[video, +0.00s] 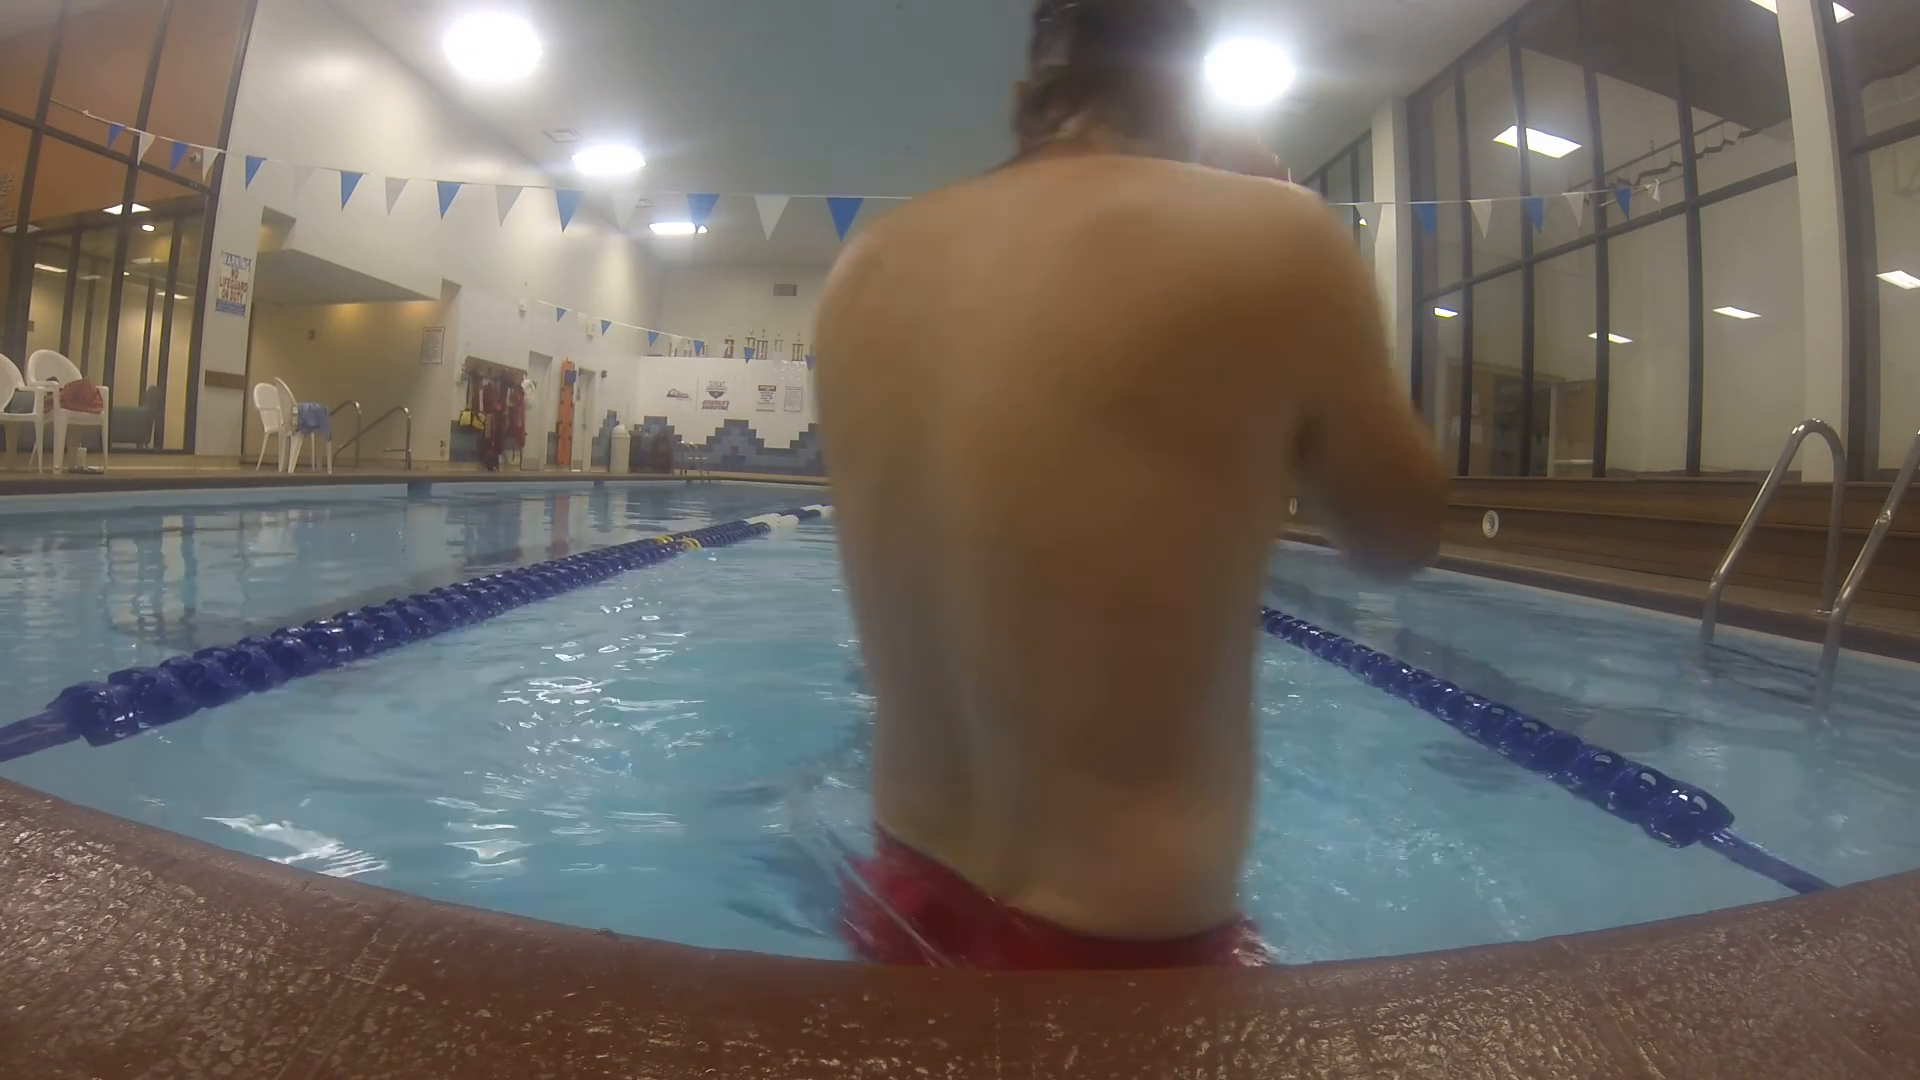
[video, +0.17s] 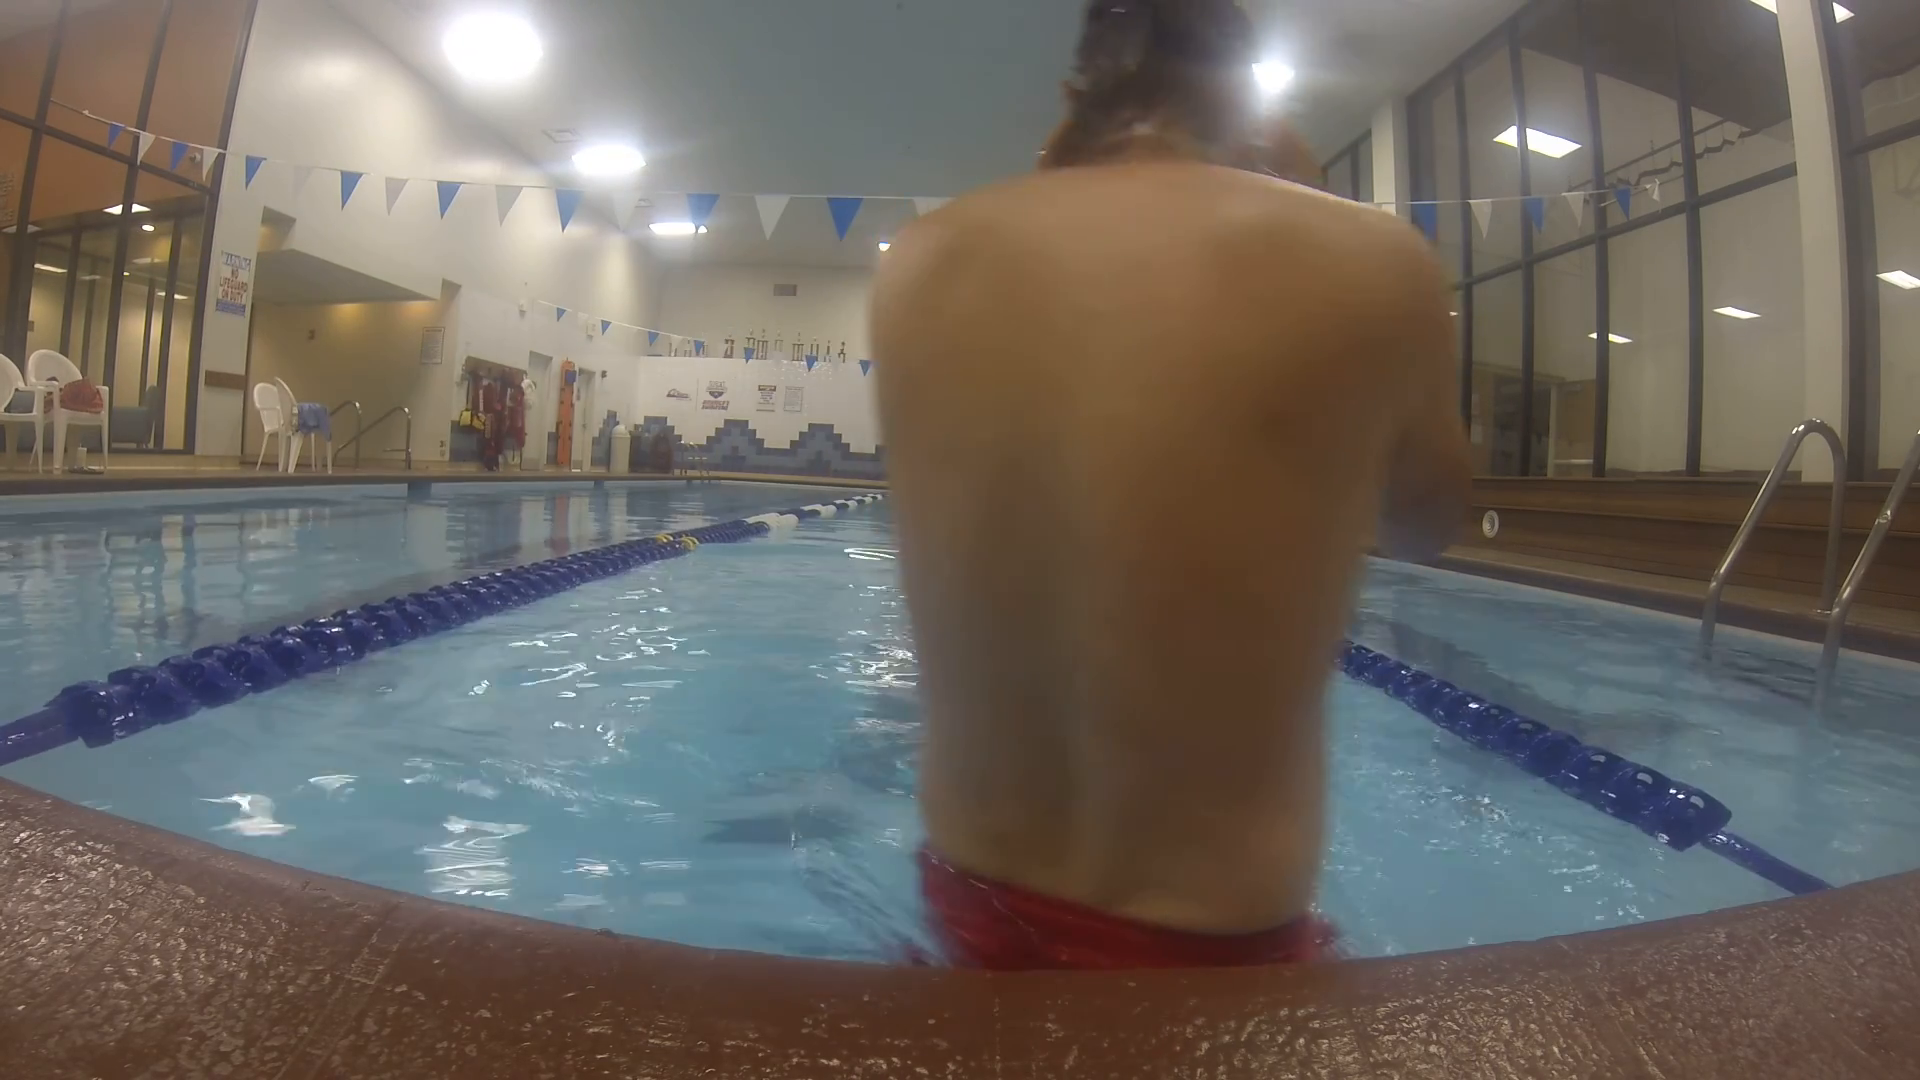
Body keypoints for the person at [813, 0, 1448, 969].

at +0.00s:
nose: (1235, 91)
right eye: (1223, 63)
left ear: (1040, 82)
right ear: (1198, 78)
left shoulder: (872, 260)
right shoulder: (1271, 242)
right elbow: (1399, 528)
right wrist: (1266, 202)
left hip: (899, 924)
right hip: (1139, 967)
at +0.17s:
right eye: (1275, 70)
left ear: (1082, 85)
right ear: (1253, 90)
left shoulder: (922, 263)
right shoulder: (1373, 265)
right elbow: (1429, 513)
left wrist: (1051, 192)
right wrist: (1303, 205)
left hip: (969, 923)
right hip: (1226, 959)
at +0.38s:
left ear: (1148, 113)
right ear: (1338, 139)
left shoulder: (1028, 257)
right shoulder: (1494, 306)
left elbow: (955, 473)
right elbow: (1457, 519)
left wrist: (1092, 211)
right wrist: (1347, 212)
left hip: (1064, 953)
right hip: (1347, 969)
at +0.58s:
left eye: (1231, 95)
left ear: (1238, 106)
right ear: (1406, 120)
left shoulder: (1149, 239)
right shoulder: (1567, 316)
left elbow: (1004, 479)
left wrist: (1161, 202)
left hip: (1145, 948)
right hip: (1418, 955)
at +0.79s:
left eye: (1260, 105)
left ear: (1271, 112)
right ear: (1437, 124)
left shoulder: (1219, 228)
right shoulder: (1595, 312)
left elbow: (1043, 478)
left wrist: (1191, 213)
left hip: (1187, 949)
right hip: (1453, 950)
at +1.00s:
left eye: (1253, 94)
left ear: (1272, 102)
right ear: (1439, 119)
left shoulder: (1215, 232)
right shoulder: (1594, 309)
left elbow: (1042, 471)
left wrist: (1172, 215)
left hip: (1202, 942)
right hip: (1458, 942)